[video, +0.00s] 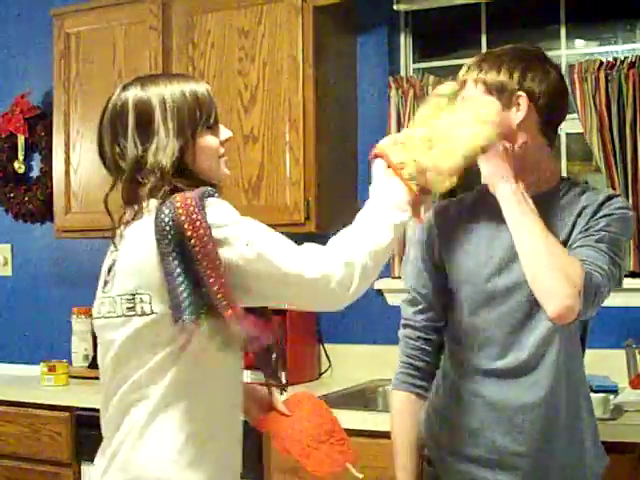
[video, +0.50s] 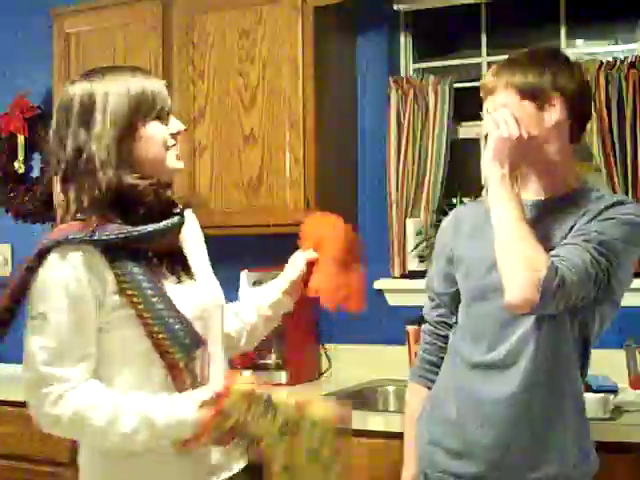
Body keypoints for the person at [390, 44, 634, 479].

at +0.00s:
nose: (458, 116)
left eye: (469, 99)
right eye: (460, 101)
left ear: (518, 109)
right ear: (517, 110)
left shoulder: (600, 211)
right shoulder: (440, 222)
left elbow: (565, 303)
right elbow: (414, 359)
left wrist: (504, 184)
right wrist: (405, 473)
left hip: (557, 461)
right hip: (457, 458)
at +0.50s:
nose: (489, 123)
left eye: (502, 108)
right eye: (487, 111)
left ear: (553, 111)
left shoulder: (614, 218)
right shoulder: (459, 224)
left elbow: (529, 292)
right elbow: (432, 349)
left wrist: (498, 177)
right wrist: (411, 465)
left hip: (544, 463)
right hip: (445, 459)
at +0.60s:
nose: (542, 127)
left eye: (560, 114)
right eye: (532, 112)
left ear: (597, 125)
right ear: (516, 123)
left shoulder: (619, 222)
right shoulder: (458, 221)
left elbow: (533, 279)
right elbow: (434, 332)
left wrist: (483, 162)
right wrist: (411, 435)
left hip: (552, 462)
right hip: (450, 457)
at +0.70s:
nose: (604, 142)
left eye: (621, 130)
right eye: (593, 120)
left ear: (631, 140)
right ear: (555, 112)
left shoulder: (623, 225)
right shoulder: (463, 212)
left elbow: (540, 272)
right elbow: (428, 341)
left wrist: (445, 191)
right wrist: (411, 460)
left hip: (558, 463)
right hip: (452, 459)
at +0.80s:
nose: (630, 151)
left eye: (639, 136)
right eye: (622, 126)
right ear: (578, 113)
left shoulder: (626, 229)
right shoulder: (467, 209)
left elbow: (557, 288)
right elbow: (419, 346)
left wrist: (456, 230)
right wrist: (398, 468)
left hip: (562, 466)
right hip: (455, 461)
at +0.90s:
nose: (633, 147)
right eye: (625, 124)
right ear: (583, 115)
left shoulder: (626, 236)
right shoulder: (473, 210)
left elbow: (593, 319)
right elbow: (417, 341)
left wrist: (484, 245)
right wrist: (386, 465)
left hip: (564, 466)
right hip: (459, 462)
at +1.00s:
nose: (619, 141)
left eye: (637, 132)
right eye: (611, 118)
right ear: (580, 116)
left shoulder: (629, 244)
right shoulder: (477, 211)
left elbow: (629, 357)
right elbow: (416, 337)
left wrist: (526, 272)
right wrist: (381, 456)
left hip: (566, 469)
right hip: (459, 463)